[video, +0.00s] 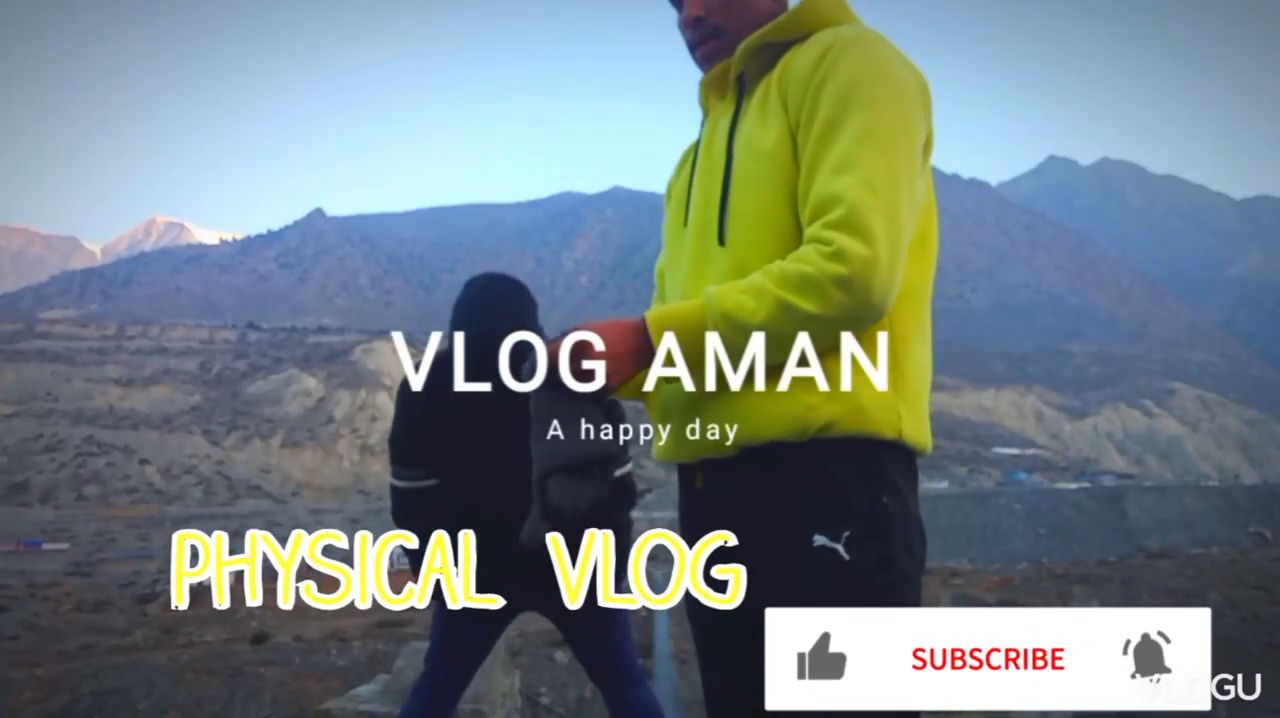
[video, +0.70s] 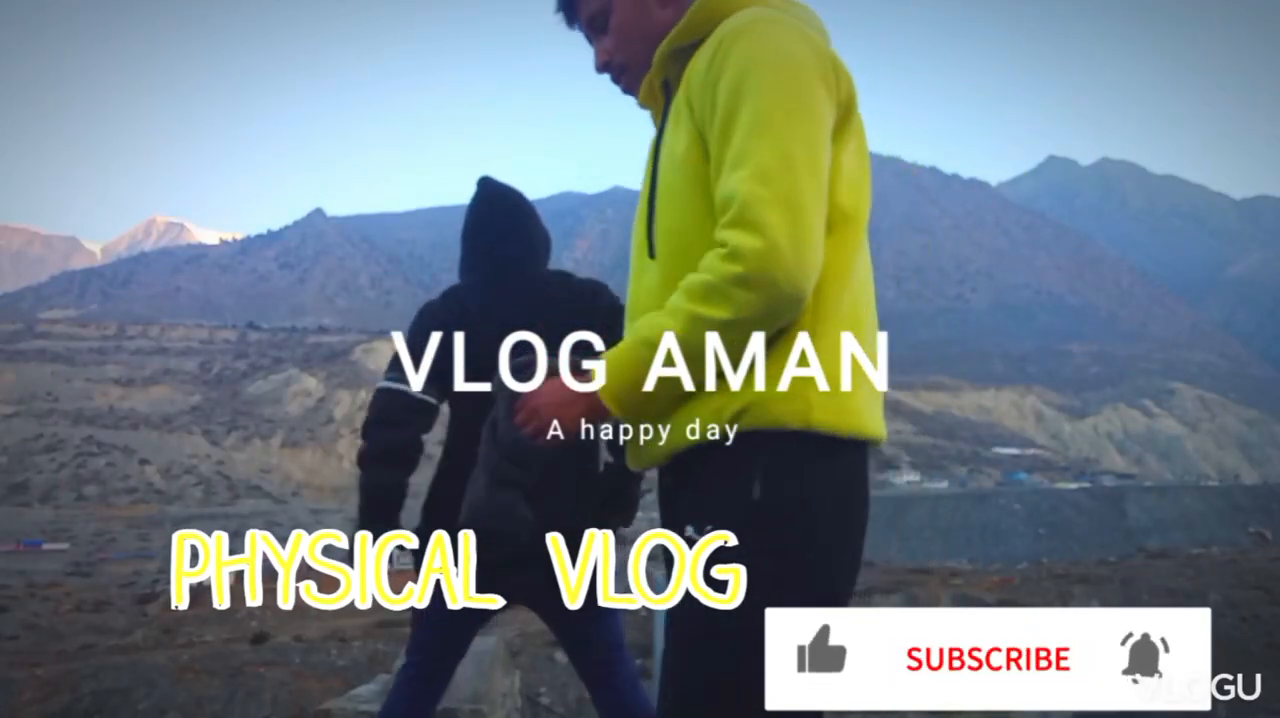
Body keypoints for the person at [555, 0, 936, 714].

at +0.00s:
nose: (688, 13)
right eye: (679, 2)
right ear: (678, 13)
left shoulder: (852, 61)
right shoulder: (694, 157)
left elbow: (854, 271)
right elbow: (683, 318)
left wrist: (651, 340)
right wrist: (627, 365)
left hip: (833, 478)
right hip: (720, 483)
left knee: (841, 702)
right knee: (734, 701)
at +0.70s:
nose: (598, 58)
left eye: (598, 22)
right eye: (587, 38)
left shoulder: (763, 43)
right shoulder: (703, 82)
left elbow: (768, 264)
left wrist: (603, 391)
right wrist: (604, 396)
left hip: (774, 457)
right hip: (724, 457)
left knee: (723, 700)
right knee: (706, 698)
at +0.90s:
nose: (548, 45)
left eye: (544, 12)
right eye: (538, 21)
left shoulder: (673, 41)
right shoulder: (673, 48)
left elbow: (663, 286)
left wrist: (505, 402)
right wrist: (520, 393)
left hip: (695, 466)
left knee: (677, 700)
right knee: (682, 699)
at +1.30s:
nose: (458, 21)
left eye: (461, 1)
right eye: (456, 8)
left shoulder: (555, 42)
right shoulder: (627, 43)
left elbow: (544, 317)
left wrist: (397, 412)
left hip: (597, 461)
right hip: (651, 452)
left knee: (601, 701)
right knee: (636, 699)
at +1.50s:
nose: (445, 28)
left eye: (451, 5)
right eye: (444, 10)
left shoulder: (566, 65)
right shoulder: (585, 65)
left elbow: (526, 330)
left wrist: (344, 428)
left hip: (586, 470)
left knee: (582, 699)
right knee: (555, 696)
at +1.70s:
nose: (437, 67)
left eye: (449, 36)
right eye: (430, 48)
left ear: (521, 18)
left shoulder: (587, 136)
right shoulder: (503, 153)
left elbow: (557, 356)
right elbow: (464, 332)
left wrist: (361, 407)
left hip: (568, 504)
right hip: (492, 504)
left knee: (571, 702)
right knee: (451, 701)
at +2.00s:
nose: (470, 87)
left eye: (486, 64)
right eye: (453, 77)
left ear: (535, 64)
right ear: (447, 94)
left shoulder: (595, 168)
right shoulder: (451, 211)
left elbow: (522, 320)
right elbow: (420, 345)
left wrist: (354, 333)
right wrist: (318, 335)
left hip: (561, 484)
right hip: (464, 489)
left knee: (564, 699)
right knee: (465, 696)